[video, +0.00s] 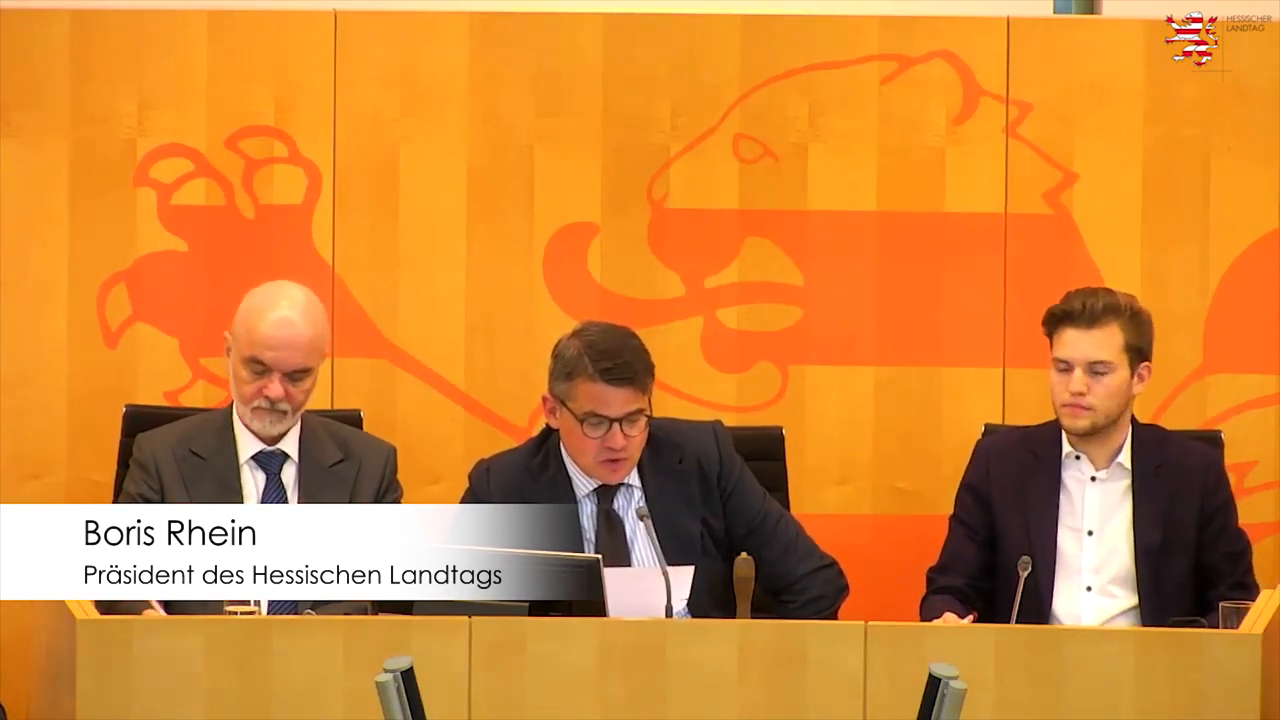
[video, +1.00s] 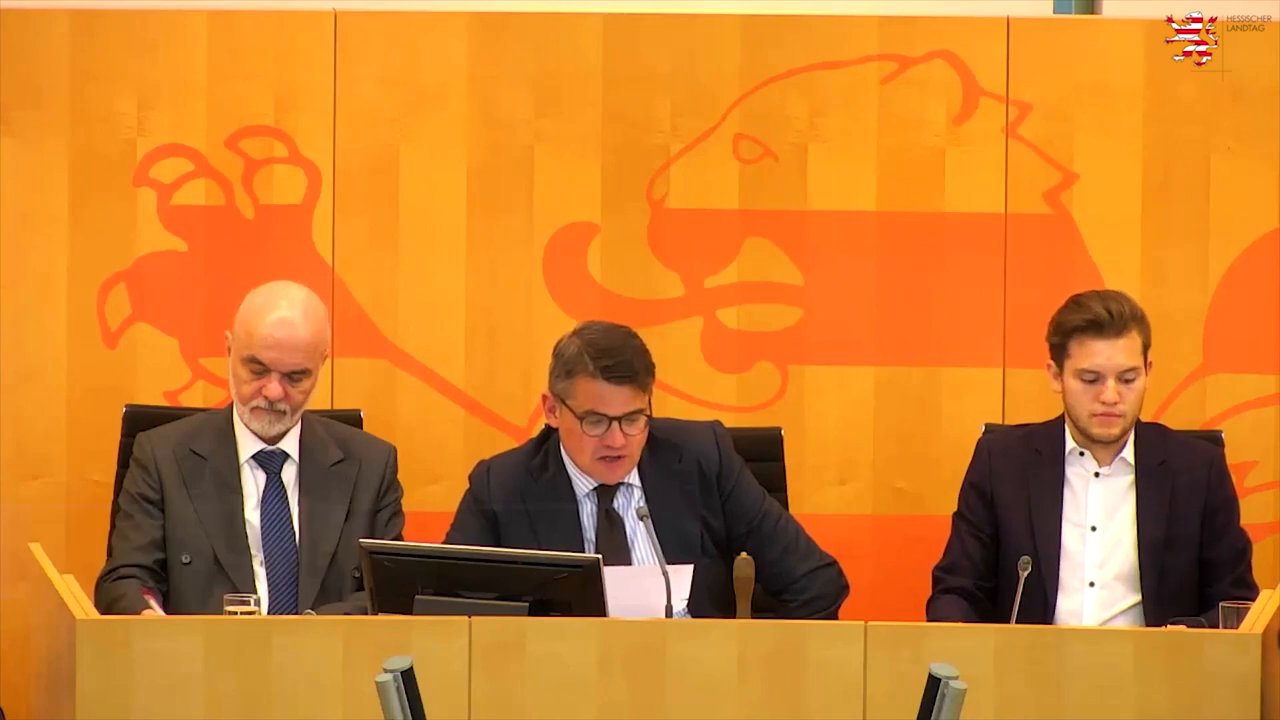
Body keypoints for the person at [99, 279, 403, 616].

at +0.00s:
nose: (275, 392)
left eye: (298, 376)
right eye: (258, 369)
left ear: (321, 364)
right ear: (228, 352)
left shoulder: (372, 464)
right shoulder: (159, 456)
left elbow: (391, 589)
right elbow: (116, 576)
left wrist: (314, 633)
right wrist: (144, 615)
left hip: (327, 667)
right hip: (196, 662)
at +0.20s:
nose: (273, 392)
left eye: (296, 376)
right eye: (256, 368)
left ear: (321, 363)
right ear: (228, 351)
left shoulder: (372, 464)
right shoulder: (159, 456)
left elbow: (390, 590)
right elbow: (117, 574)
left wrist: (314, 636)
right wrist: (144, 617)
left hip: (326, 666)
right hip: (196, 661)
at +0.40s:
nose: (273, 392)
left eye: (296, 376)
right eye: (256, 369)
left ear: (322, 363)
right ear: (228, 351)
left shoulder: (372, 464)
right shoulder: (159, 455)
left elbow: (391, 588)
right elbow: (116, 575)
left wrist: (314, 635)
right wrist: (144, 615)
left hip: (327, 667)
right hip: (195, 661)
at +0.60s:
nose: (273, 392)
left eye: (296, 376)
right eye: (256, 369)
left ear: (322, 364)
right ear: (229, 351)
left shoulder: (372, 464)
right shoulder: (159, 455)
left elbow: (394, 593)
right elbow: (118, 576)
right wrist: (144, 618)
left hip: (328, 667)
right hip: (196, 662)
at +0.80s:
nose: (273, 392)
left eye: (296, 376)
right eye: (256, 369)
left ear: (323, 361)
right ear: (229, 349)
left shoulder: (373, 464)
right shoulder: (159, 455)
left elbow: (390, 594)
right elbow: (118, 579)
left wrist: (313, 629)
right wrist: (145, 617)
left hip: (330, 671)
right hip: (197, 666)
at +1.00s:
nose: (274, 392)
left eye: (296, 376)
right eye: (257, 369)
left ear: (322, 362)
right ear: (229, 349)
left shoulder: (372, 464)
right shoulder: (160, 456)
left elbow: (391, 594)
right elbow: (125, 577)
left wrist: (315, 629)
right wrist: (147, 621)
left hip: (331, 676)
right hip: (198, 671)